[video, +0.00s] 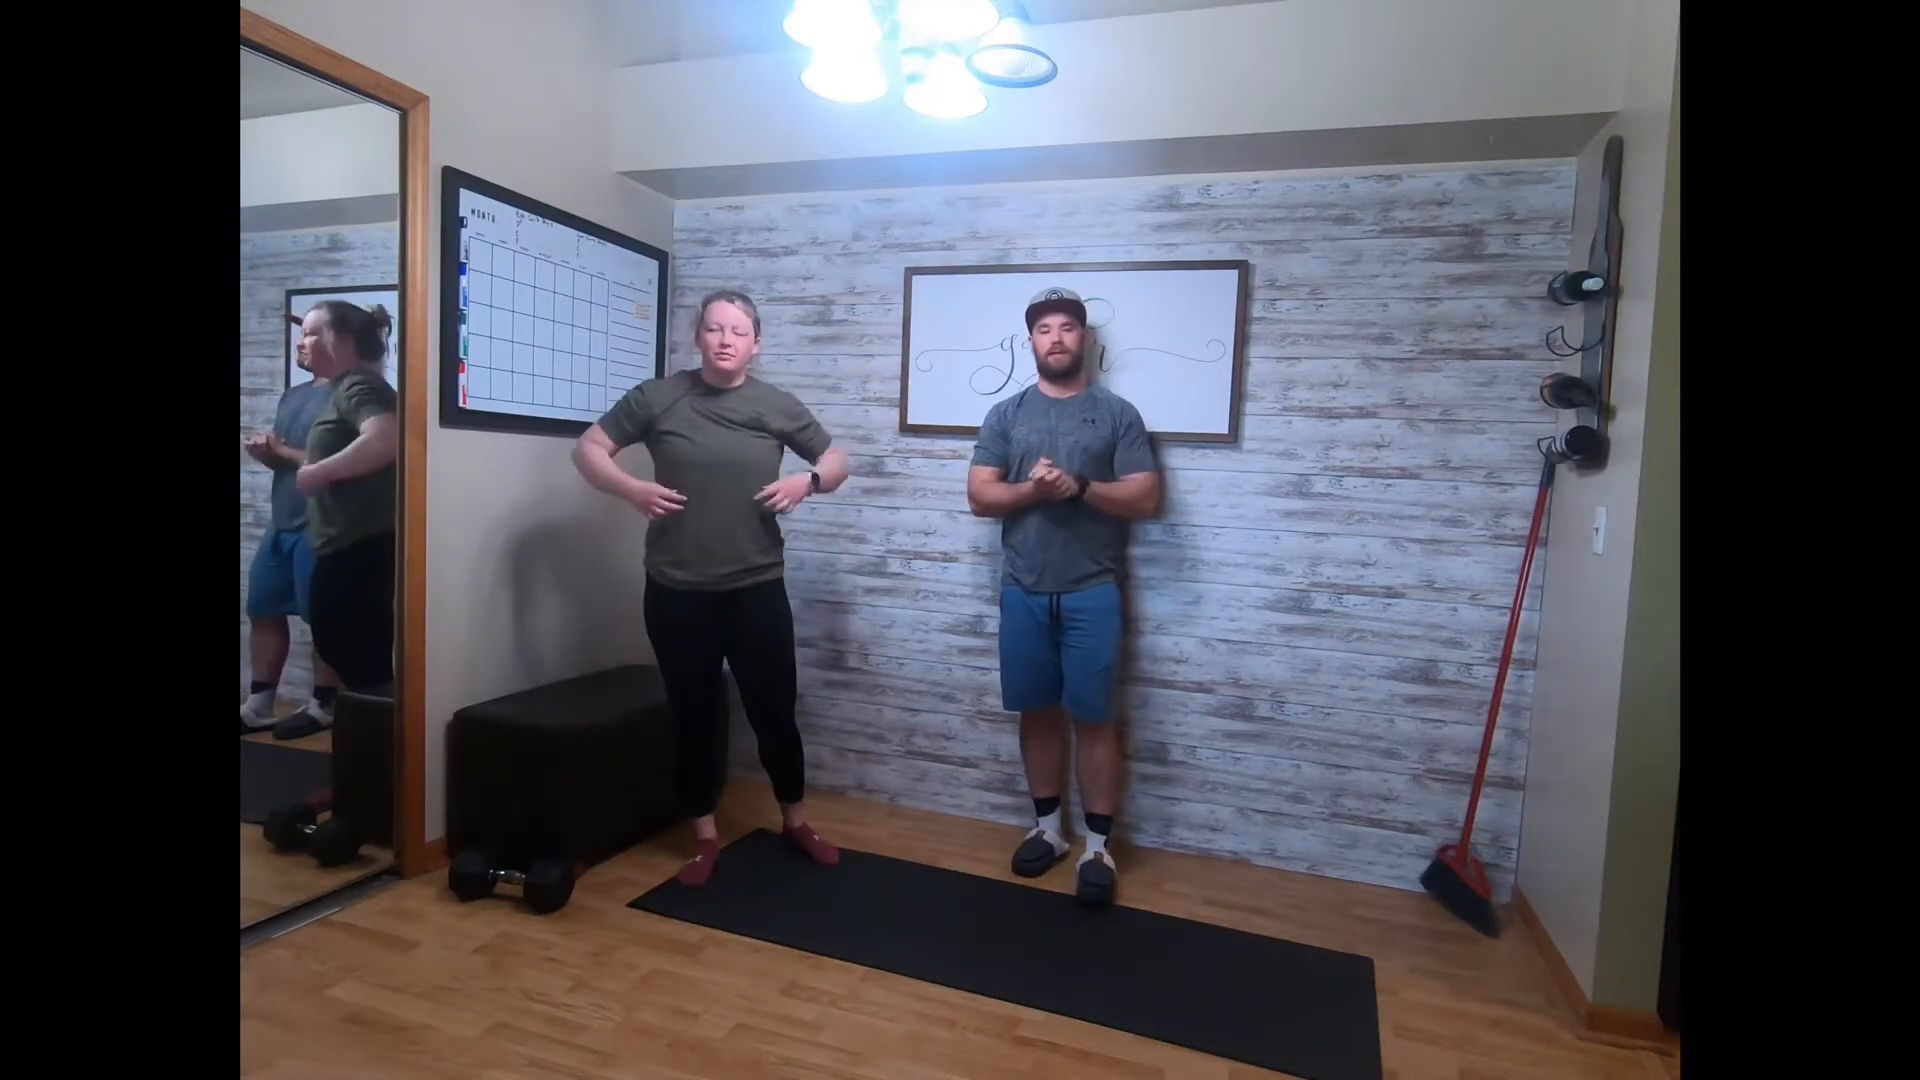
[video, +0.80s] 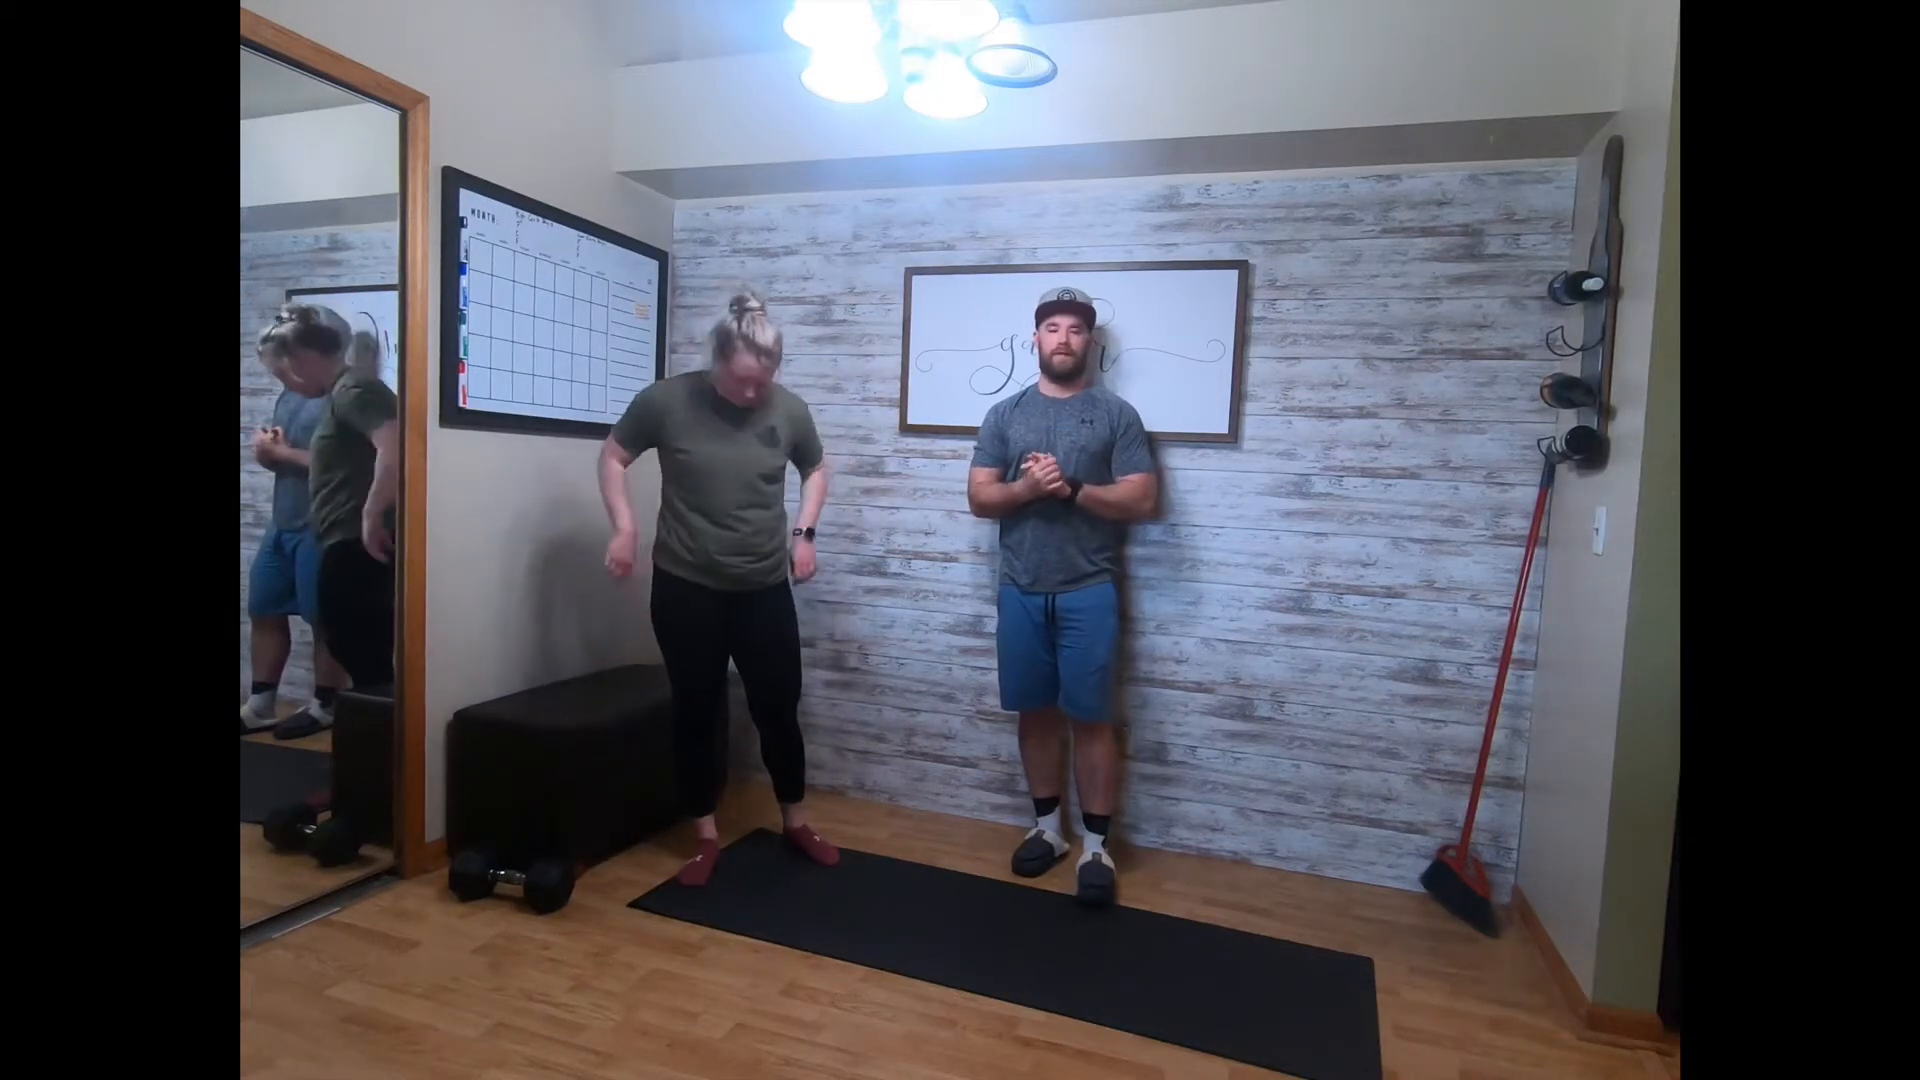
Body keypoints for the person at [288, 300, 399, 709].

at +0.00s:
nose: (304, 344)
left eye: (311, 335)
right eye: (304, 335)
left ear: (341, 339)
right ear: (343, 340)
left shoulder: (360, 385)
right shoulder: (344, 389)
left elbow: (384, 440)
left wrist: (321, 472)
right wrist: (287, 454)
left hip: (362, 547)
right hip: (345, 546)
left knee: (358, 657)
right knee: (350, 653)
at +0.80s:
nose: (290, 386)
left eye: (287, 374)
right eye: (283, 378)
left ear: (304, 357)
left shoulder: (354, 390)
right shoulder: (342, 395)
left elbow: (392, 440)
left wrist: (373, 514)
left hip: (357, 548)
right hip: (344, 547)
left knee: (366, 662)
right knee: (363, 661)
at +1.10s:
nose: (287, 390)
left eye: (283, 378)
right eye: (280, 382)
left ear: (301, 359)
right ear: (315, 356)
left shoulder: (345, 393)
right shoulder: (347, 392)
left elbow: (401, 473)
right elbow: (335, 470)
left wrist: (424, 534)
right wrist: (284, 454)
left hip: (360, 549)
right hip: (361, 546)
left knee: (367, 665)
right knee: (370, 662)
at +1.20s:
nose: (287, 390)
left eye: (284, 377)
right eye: (281, 381)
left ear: (301, 360)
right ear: (318, 355)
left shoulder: (342, 395)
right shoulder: (360, 390)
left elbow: (385, 476)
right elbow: (336, 470)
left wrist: (426, 520)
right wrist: (283, 454)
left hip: (358, 548)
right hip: (371, 544)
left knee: (366, 662)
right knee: (372, 660)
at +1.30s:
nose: (286, 392)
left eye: (283, 380)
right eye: (280, 383)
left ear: (301, 361)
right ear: (319, 355)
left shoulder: (341, 396)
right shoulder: (369, 391)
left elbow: (377, 476)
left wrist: (426, 513)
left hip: (358, 548)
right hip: (376, 544)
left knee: (365, 660)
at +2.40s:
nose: (299, 357)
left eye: (304, 345)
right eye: (299, 347)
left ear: (333, 344)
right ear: (341, 346)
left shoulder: (360, 398)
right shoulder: (345, 397)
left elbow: (382, 488)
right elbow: (377, 485)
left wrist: (414, 531)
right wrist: (412, 527)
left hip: (347, 546)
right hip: (334, 543)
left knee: (356, 662)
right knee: (352, 660)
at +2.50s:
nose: (303, 354)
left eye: (308, 342)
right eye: (302, 344)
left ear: (337, 343)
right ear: (344, 345)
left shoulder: (362, 398)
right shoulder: (346, 398)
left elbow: (384, 487)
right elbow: (378, 485)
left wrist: (416, 534)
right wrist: (413, 530)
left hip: (349, 545)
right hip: (333, 542)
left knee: (354, 659)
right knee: (349, 656)